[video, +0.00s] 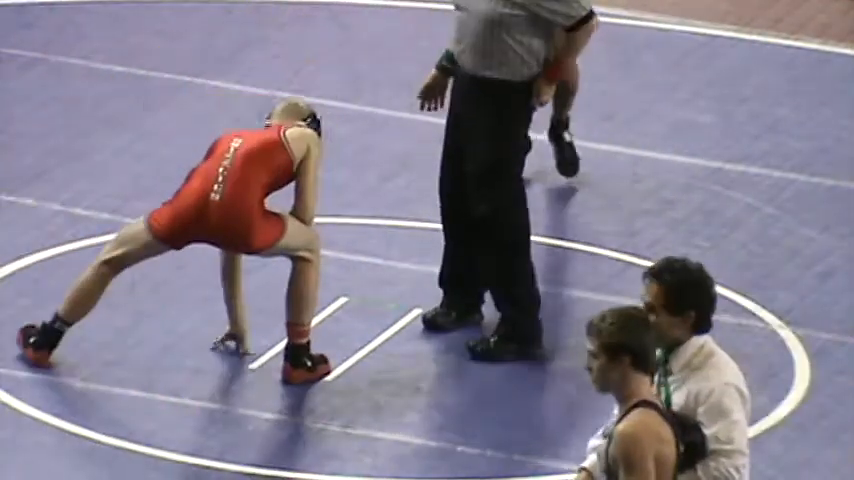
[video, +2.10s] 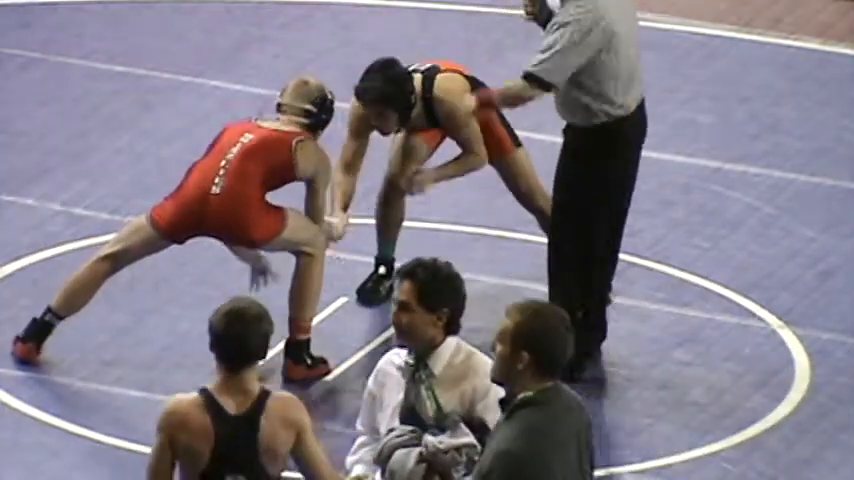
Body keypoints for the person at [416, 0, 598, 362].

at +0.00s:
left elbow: (583, 22)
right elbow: (478, 20)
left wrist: (549, 78)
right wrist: (444, 70)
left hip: (510, 84)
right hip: (470, 78)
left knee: (498, 203)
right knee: (457, 193)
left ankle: (521, 332)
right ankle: (461, 301)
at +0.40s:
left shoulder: (535, 6)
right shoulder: (516, 4)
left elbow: (583, 49)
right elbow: (517, 26)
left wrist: (569, 107)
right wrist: (472, 53)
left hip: (542, 105)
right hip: (523, 100)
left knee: (523, 218)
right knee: (509, 212)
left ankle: (528, 327)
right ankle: (515, 310)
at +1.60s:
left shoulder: (568, 13)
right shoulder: (557, 10)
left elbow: (618, 70)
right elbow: (541, 56)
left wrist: (612, 138)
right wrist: (483, 82)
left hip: (600, 130)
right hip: (584, 125)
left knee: (581, 235)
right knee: (564, 226)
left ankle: (568, 351)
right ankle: (564, 324)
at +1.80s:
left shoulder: (560, 17)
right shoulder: (569, 5)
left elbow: (614, 61)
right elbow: (555, 50)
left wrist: (611, 116)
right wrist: (517, 31)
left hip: (589, 128)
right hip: (607, 121)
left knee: (564, 228)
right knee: (589, 224)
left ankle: (570, 332)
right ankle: (588, 318)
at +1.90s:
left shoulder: (560, 15)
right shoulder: (593, 4)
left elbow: (598, 67)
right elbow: (563, 50)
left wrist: (587, 125)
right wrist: (528, 19)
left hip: (589, 128)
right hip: (618, 119)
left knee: (565, 226)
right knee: (596, 223)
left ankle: (563, 323)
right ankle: (590, 316)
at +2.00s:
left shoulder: (572, 15)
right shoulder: (593, 5)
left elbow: (566, 98)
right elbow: (568, 49)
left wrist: (538, 130)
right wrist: (535, 16)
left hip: (593, 130)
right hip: (619, 118)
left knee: (568, 231)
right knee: (597, 229)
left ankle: (567, 332)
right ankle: (588, 327)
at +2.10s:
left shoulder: (585, 16)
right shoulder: (609, 5)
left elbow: (530, 88)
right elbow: (584, 50)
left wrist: (485, 98)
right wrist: (545, 17)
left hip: (598, 133)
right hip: (619, 121)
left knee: (573, 239)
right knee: (593, 235)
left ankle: (574, 350)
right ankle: (583, 343)